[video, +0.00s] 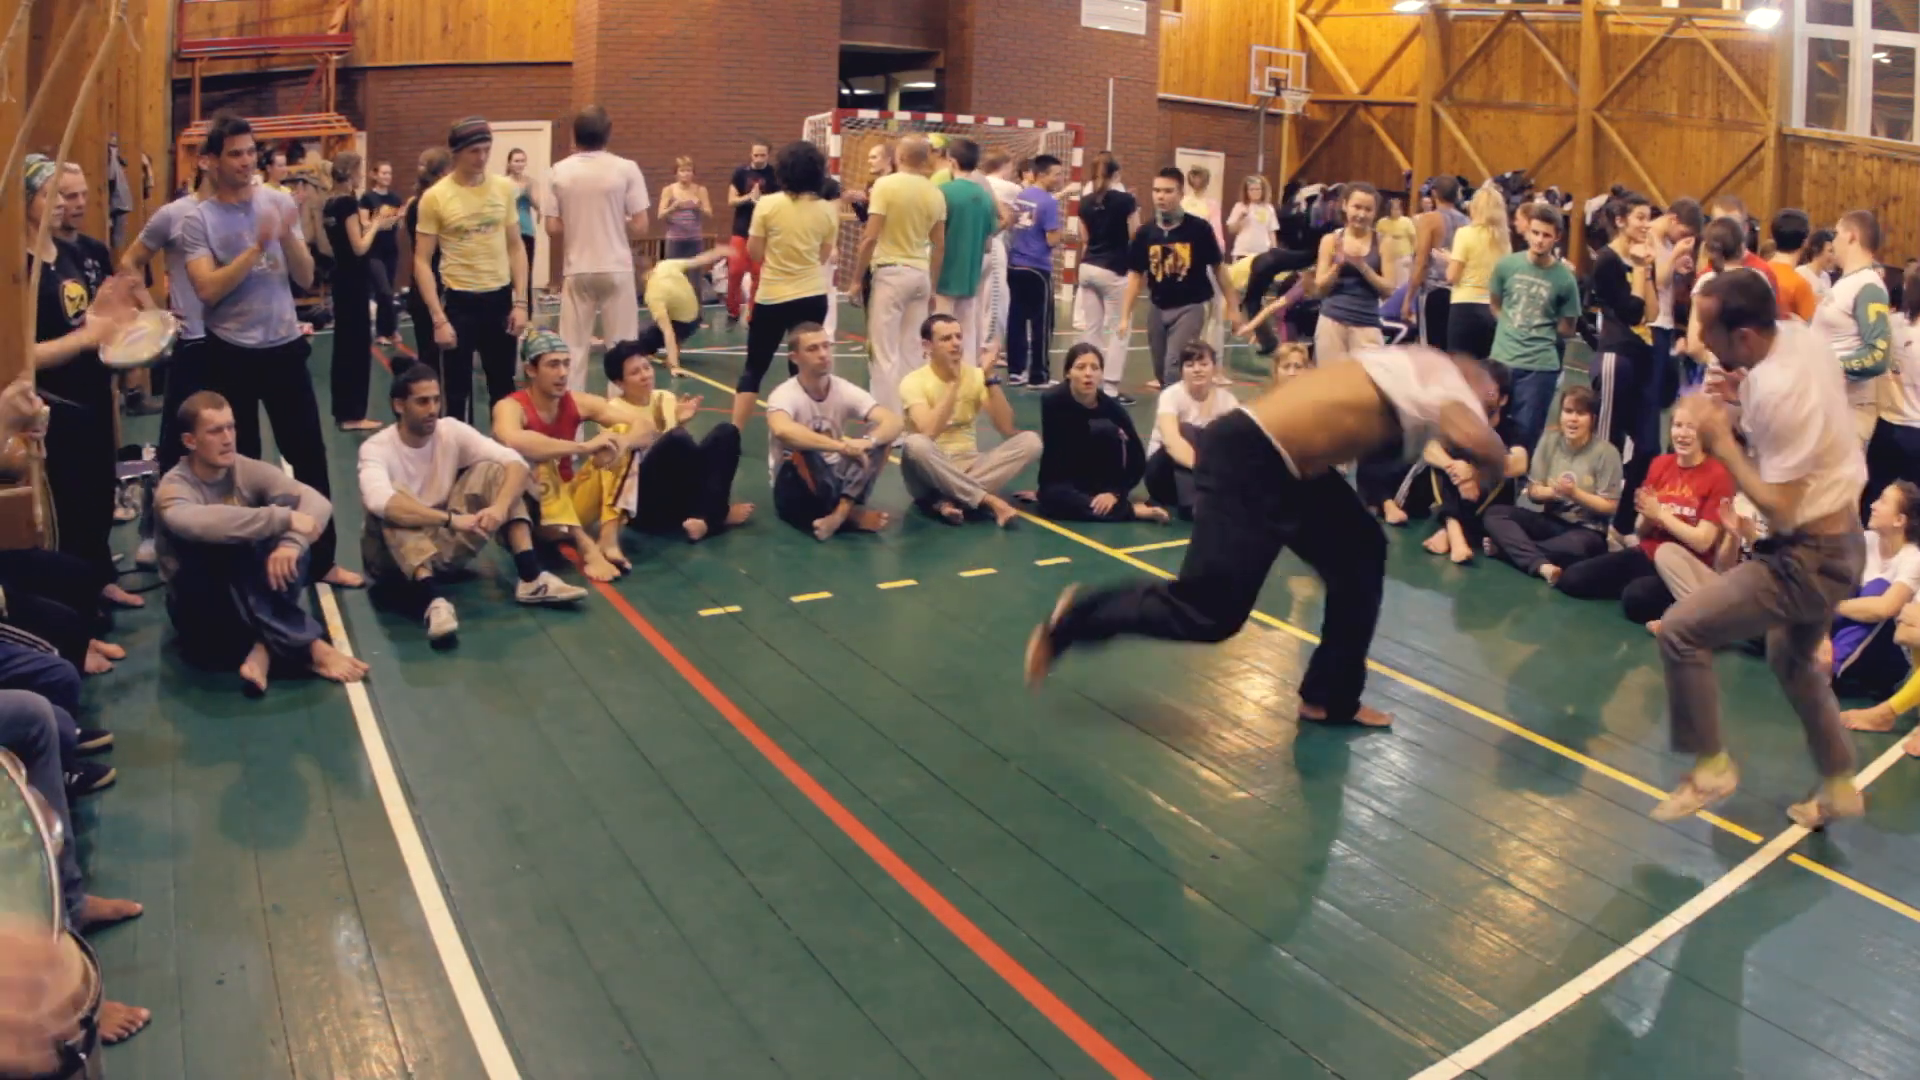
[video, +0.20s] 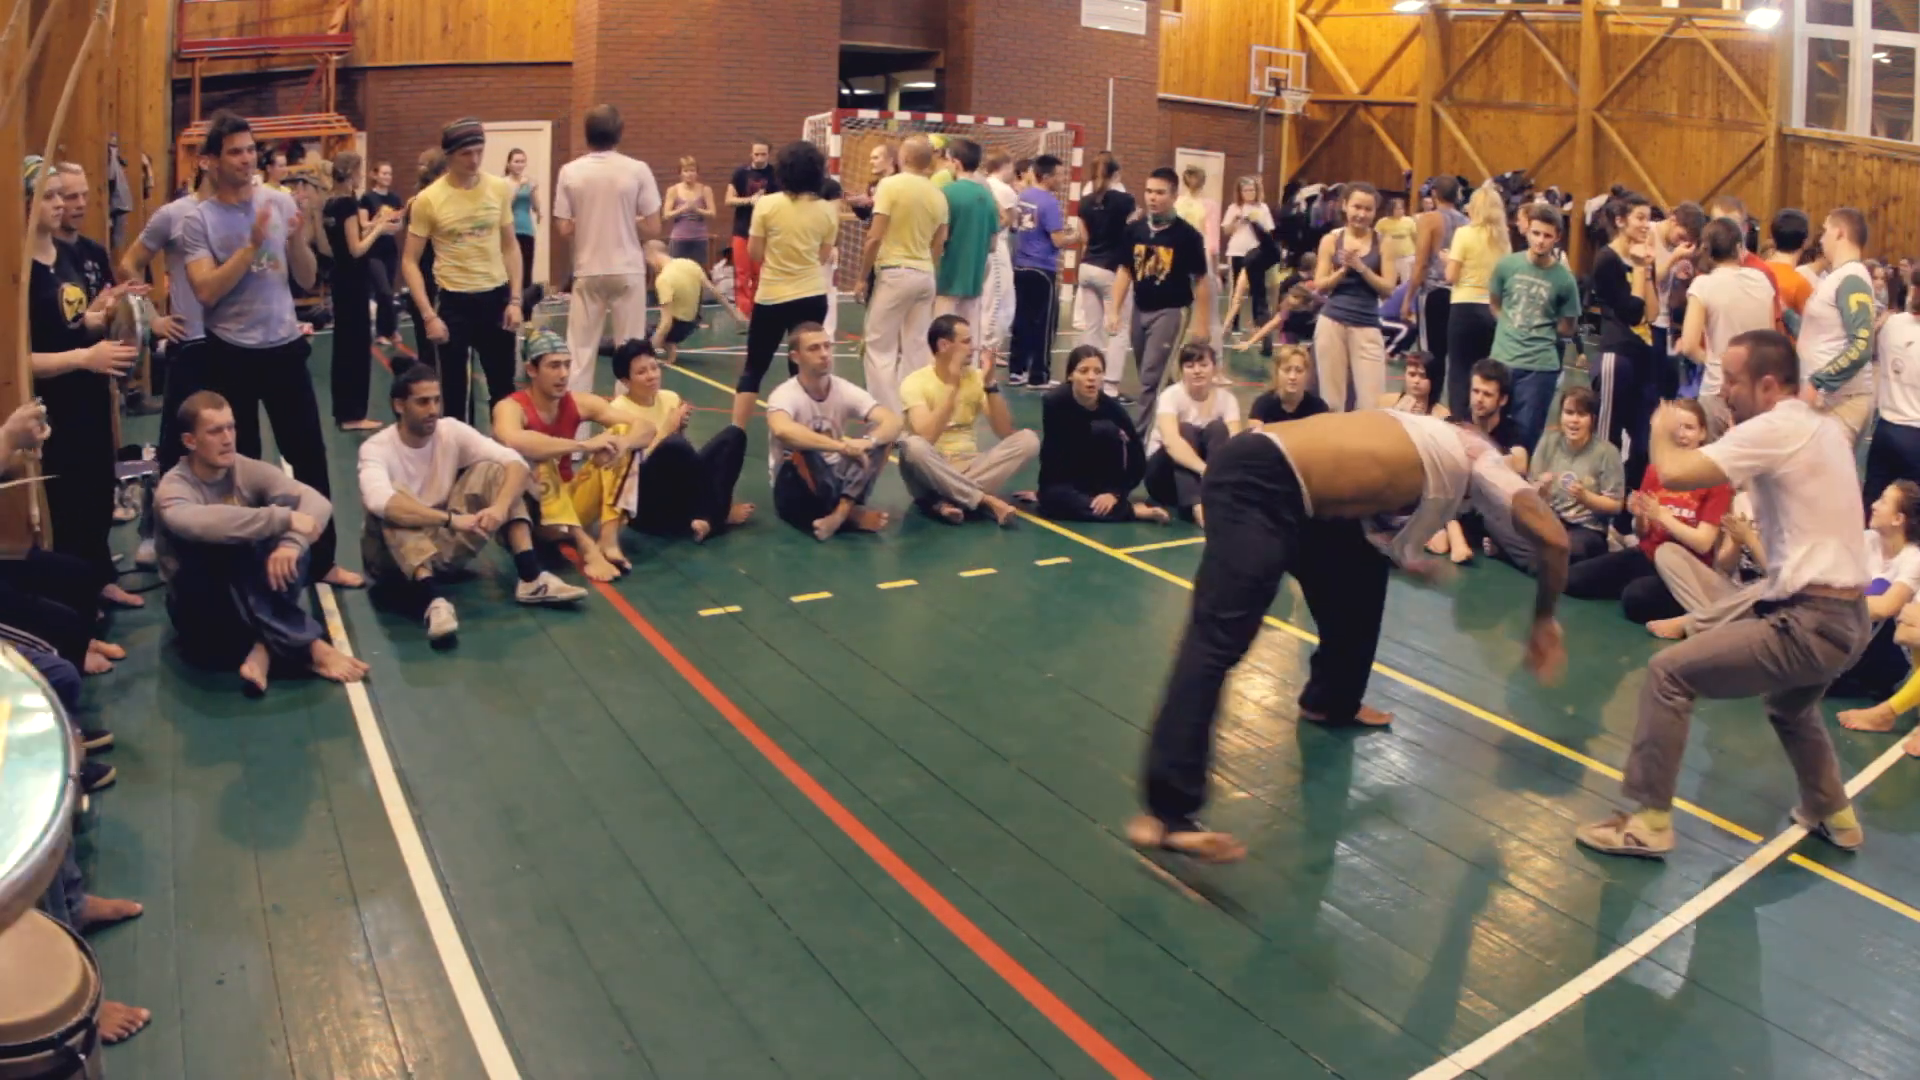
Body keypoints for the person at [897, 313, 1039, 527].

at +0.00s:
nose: (956, 344)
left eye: (958, 337)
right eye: (946, 339)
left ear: (963, 339)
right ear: (927, 345)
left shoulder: (975, 375)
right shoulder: (913, 383)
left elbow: (1007, 429)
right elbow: (928, 431)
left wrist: (991, 377)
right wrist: (954, 386)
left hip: (973, 466)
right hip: (933, 467)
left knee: (1031, 442)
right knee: (915, 445)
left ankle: (953, 500)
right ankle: (989, 501)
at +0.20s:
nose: (972, 348)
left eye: (971, 341)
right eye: (966, 342)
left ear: (947, 345)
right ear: (944, 345)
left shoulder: (976, 377)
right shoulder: (915, 383)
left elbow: (1005, 432)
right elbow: (925, 436)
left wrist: (991, 386)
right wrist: (954, 388)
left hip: (973, 466)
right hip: (934, 467)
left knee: (1028, 440)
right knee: (913, 447)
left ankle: (953, 500)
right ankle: (986, 501)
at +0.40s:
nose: (976, 348)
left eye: (974, 342)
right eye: (969, 342)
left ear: (948, 346)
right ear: (947, 346)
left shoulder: (978, 377)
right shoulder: (915, 384)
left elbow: (1002, 433)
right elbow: (934, 443)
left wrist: (992, 383)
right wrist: (953, 392)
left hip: (974, 465)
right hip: (936, 468)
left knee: (1030, 441)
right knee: (910, 448)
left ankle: (951, 501)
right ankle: (986, 503)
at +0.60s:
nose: (979, 348)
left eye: (976, 341)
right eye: (972, 342)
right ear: (950, 348)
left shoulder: (980, 378)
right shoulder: (917, 386)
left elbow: (1005, 434)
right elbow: (934, 445)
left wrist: (993, 387)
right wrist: (959, 395)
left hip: (975, 466)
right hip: (937, 469)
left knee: (1031, 443)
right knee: (909, 454)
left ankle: (954, 503)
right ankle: (985, 505)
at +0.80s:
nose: (981, 347)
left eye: (978, 341)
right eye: (974, 342)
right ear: (953, 348)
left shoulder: (986, 380)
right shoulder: (918, 386)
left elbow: (1005, 435)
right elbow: (937, 443)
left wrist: (985, 389)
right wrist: (970, 403)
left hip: (973, 464)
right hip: (935, 465)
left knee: (1031, 446)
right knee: (907, 459)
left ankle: (955, 503)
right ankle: (984, 506)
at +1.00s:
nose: (982, 346)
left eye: (979, 340)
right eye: (975, 341)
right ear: (954, 348)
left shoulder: (982, 377)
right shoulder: (919, 385)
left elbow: (1007, 433)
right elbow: (936, 444)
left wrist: (995, 384)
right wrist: (957, 397)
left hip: (975, 465)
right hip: (937, 468)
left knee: (1030, 444)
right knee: (908, 458)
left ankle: (958, 503)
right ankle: (983, 505)